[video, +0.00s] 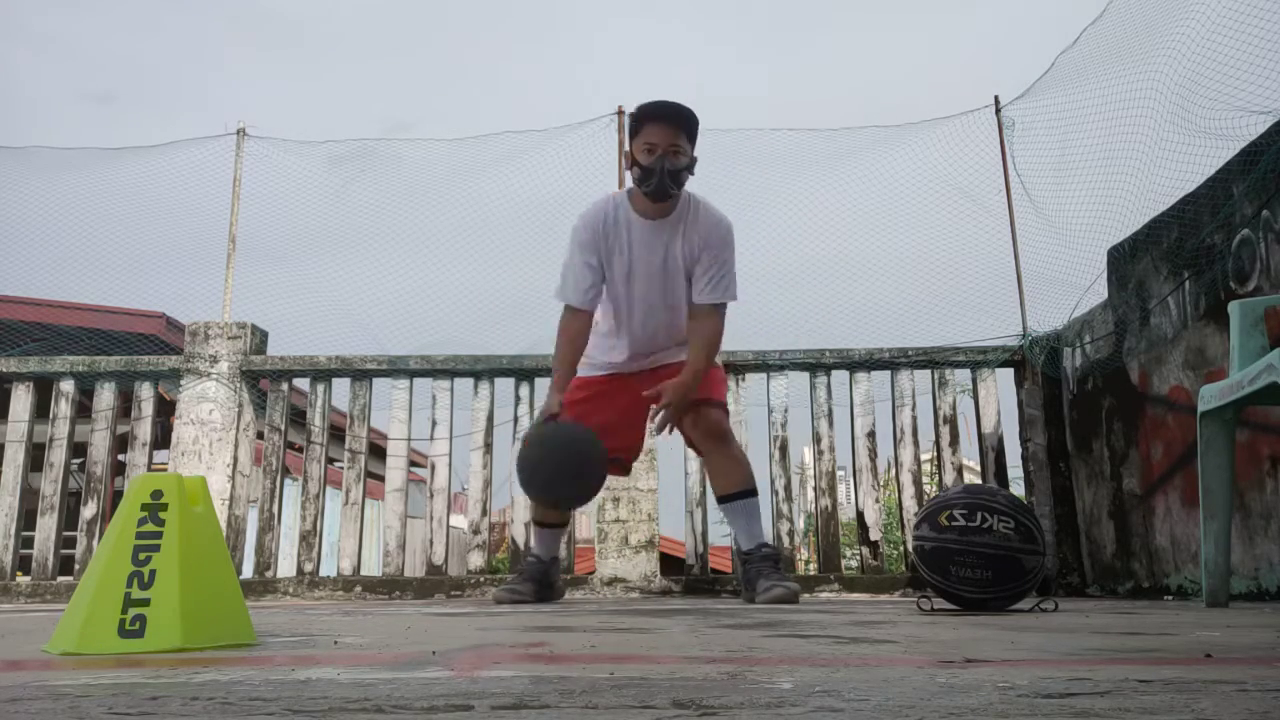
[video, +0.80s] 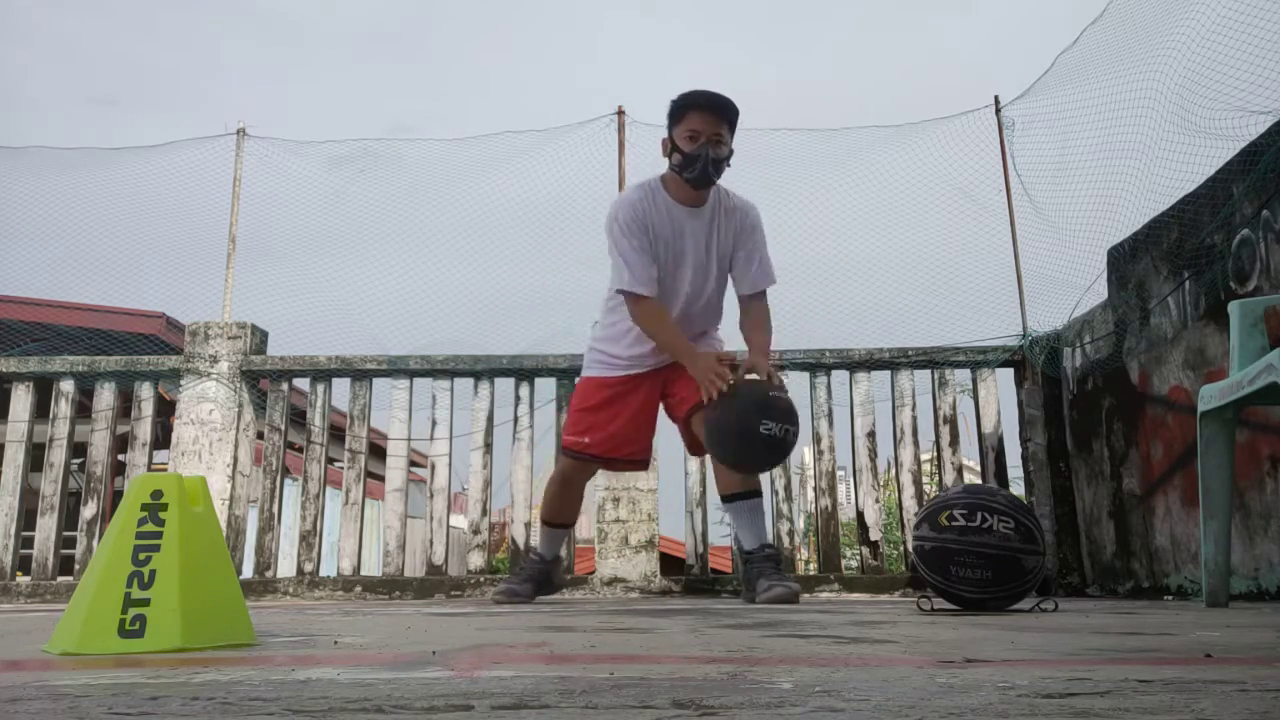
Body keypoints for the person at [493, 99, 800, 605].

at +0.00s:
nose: (659, 165)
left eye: (674, 154)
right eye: (648, 151)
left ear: (691, 161)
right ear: (630, 155)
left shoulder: (709, 227)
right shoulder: (598, 223)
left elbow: (708, 316)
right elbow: (577, 313)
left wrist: (689, 379)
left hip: (681, 362)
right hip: (607, 366)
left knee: (710, 426)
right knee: (556, 448)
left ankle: (758, 561)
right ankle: (541, 568)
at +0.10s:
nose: (642, 171)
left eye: (655, 161)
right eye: (631, 159)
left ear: (674, 169)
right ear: (613, 164)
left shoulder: (699, 235)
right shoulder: (584, 229)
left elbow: (724, 320)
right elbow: (548, 304)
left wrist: (711, 369)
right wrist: (499, 346)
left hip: (680, 365)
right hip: (605, 370)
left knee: (699, 425)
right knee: (542, 447)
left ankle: (756, 561)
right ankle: (540, 569)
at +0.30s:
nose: (657, 165)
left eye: (671, 154)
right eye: (646, 152)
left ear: (691, 164)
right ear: (629, 157)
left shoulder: (713, 233)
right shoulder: (592, 225)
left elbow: (734, 319)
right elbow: (569, 309)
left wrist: (747, 397)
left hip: (682, 362)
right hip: (604, 369)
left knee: (702, 425)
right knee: (550, 452)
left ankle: (755, 562)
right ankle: (541, 568)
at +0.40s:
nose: (687, 163)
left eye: (701, 153)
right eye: (676, 151)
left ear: (717, 164)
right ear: (657, 157)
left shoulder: (732, 238)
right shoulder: (618, 223)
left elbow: (735, 330)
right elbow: (604, 317)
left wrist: (740, 415)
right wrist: (615, 399)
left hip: (687, 362)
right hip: (617, 365)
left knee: (713, 423)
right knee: (555, 464)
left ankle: (755, 561)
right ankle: (542, 568)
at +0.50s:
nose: (713, 169)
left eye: (726, 159)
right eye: (701, 155)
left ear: (739, 169)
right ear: (678, 160)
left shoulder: (745, 243)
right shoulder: (637, 220)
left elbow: (743, 330)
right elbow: (616, 315)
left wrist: (755, 412)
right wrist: (646, 391)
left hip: (693, 362)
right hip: (620, 363)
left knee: (728, 422)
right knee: (569, 475)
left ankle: (758, 564)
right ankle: (542, 565)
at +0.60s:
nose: (724, 166)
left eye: (736, 157)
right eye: (712, 153)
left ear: (748, 167)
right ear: (687, 159)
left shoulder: (750, 232)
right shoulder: (646, 219)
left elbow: (759, 302)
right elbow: (619, 310)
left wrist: (797, 355)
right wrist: (669, 369)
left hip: (699, 358)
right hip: (626, 361)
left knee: (730, 425)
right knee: (577, 475)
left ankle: (759, 564)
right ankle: (542, 563)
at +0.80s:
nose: (703, 150)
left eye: (715, 141)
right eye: (692, 138)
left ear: (729, 150)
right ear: (669, 143)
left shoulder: (739, 216)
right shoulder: (632, 209)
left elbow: (753, 300)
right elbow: (641, 301)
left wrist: (760, 364)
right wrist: (690, 355)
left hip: (696, 351)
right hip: (620, 354)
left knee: (730, 434)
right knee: (574, 462)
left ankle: (760, 565)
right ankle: (543, 563)